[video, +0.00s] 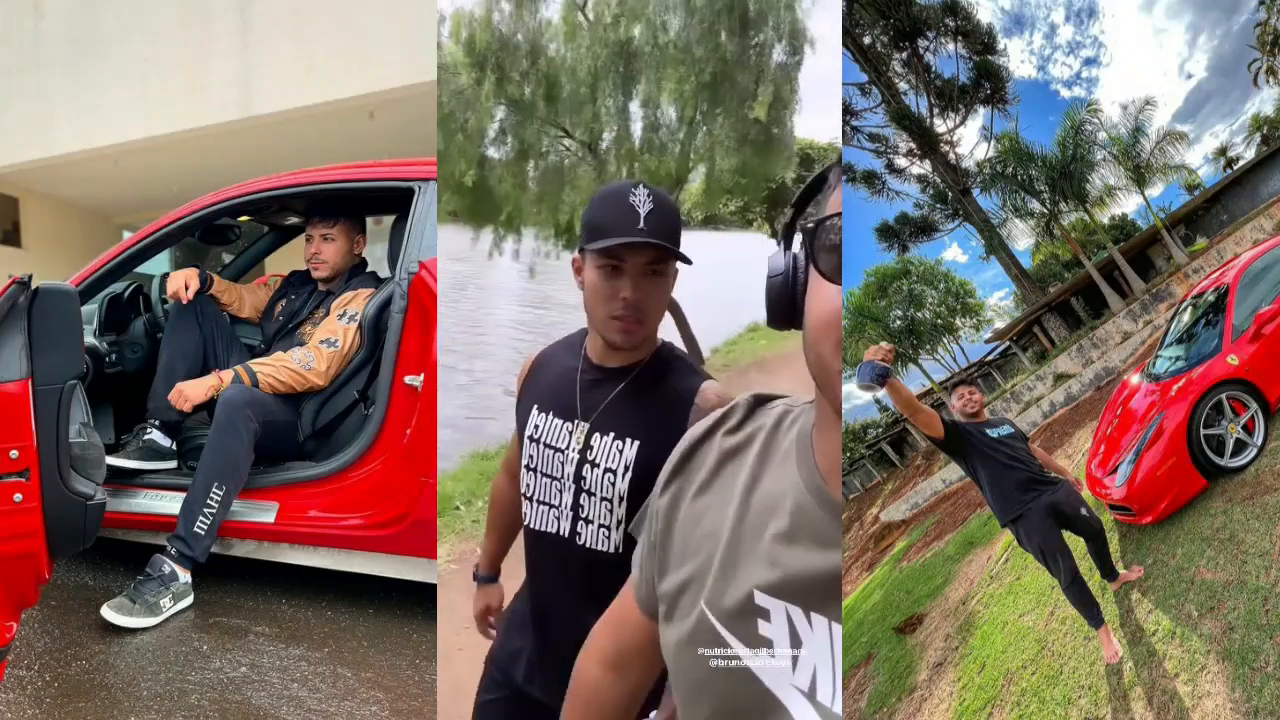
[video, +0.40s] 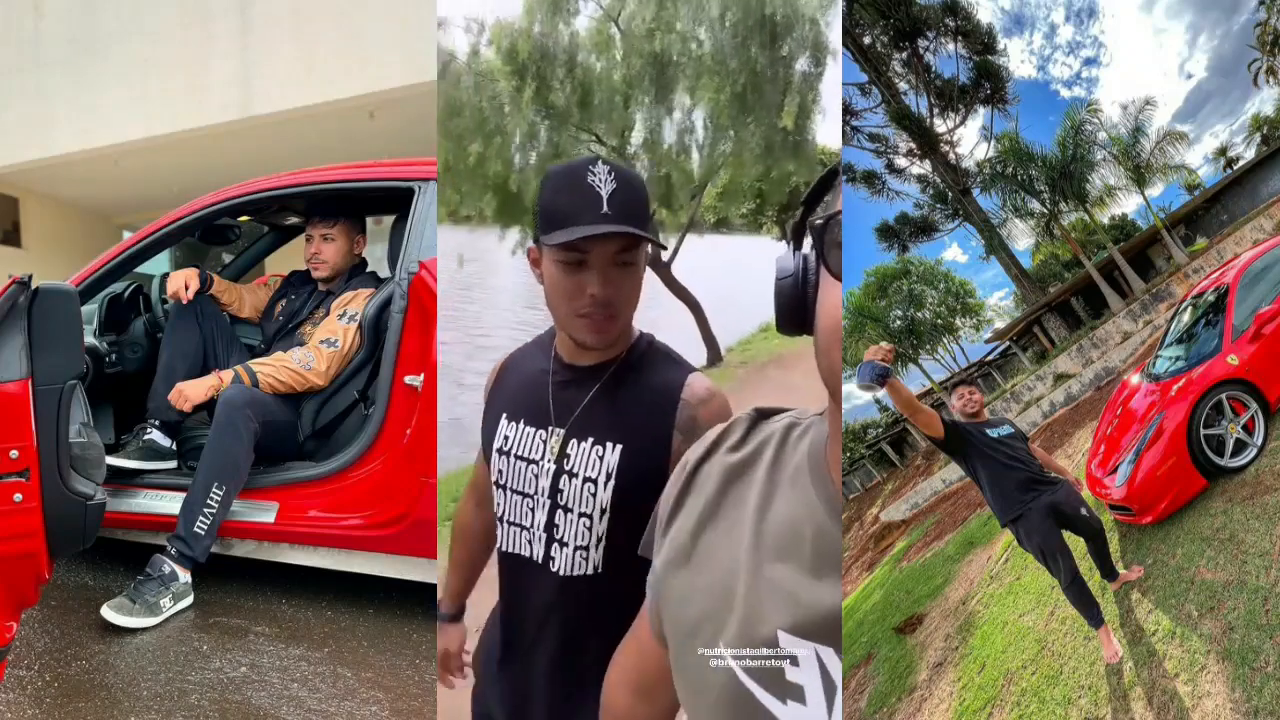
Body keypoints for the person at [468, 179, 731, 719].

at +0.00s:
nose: (631, 293)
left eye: (654, 271)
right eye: (612, 268)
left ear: (673, 280)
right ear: (579, 271)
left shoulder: (702, 409)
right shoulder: (544, 371)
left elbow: (711, 556)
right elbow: (516, 475)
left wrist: (683, 691)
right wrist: (486, 571)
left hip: (629, 676)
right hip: (530, 647)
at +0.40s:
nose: (599, 290)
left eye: (622, 262)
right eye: (574, 263)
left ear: (645, 263)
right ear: (537, 265)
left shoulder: (691, 409)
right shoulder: (512, 376)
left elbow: (704, 577)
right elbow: (483, 500)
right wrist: (450, 608)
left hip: (613, 698)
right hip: (507, 680)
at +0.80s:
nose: (613, 320)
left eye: (640, 296)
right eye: (593, 293)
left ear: (663, 297)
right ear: (559, 288)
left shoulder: (696, 430)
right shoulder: (516, 398)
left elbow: (705, 590)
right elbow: (444, 537)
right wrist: (375, 641)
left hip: (639, 707)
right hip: (526, 696)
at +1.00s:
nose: (600, 285)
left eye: (628, 262)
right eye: (582, 258)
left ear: (657, 262)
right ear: (551, 248)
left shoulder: (685, 397)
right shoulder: (520, 345)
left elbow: (682, 582)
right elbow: (471, 477)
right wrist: (437, 614)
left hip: (607, 701)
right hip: (505, 681)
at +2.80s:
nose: (501, 314)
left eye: (521, 284)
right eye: (476, 291)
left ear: (549, 281)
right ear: (451, 293)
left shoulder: (598, 402)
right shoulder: (438, 374)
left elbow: (611, 576)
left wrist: (590, 707)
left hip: (552, 696)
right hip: (459, 685)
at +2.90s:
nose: (465, 329)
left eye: (482, 301)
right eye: (441, 307)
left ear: (508, 296)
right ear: (413, 315)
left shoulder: (564, 413)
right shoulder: (415, 402)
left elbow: (599, 585)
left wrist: (609, 706)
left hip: (533, 698)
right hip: (448, 691)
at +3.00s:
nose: (431, 336)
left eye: (448, 313)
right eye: (417, 314)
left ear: (474, 310)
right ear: (393, 319)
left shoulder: (532, 424)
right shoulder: (377, 415)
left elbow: (581, 607)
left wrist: (607, 707)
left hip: (481, 699)